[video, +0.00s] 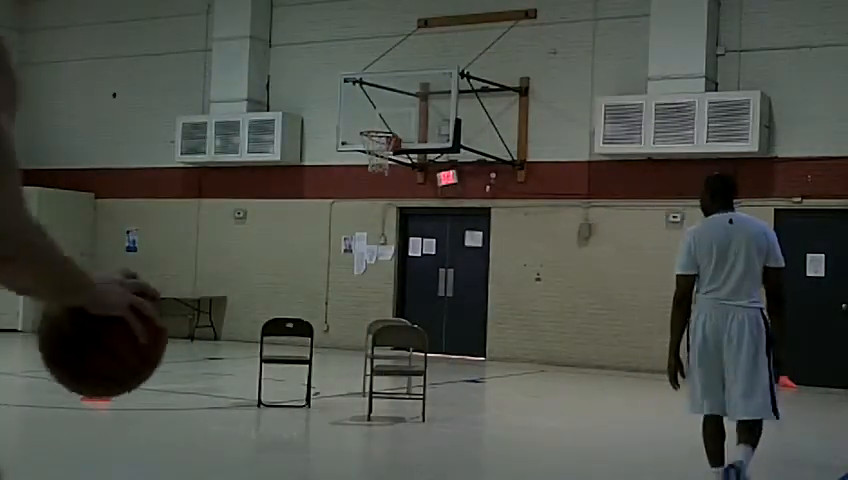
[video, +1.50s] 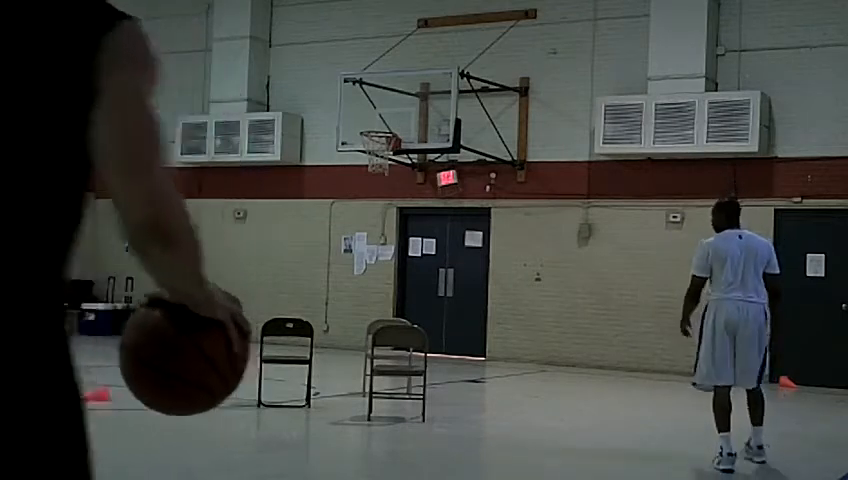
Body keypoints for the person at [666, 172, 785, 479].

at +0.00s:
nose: (700, 204)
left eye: (701, 199)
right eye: (701, 199)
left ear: (707, 200)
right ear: (734, 200)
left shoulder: (697, 234)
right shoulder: (762, 232)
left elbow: (682, 297)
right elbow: (775, 291)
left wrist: (673, 351)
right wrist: (778, 342)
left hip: (707, 320)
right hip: (748, 320)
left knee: (711, 405)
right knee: (751, 403)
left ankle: (718, 474)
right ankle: (741, 464)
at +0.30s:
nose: (710, 206)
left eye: (710, 202)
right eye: (712, 201)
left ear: (713, 203)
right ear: (740, 202)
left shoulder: (701, 235)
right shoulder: (766, 234)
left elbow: (680, 286)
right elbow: (779, 287)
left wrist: (677, 315)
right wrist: (780, 332)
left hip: (710, 318)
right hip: (751, 319)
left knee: (712, 402)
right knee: (752, 400)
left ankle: (718, 473)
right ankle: (751, 468)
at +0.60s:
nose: (722, 208)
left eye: (724, 204)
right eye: (724, 204)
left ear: (728, 207)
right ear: (752, 207)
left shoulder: (713, 236)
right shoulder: (775, 239)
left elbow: (694, 290)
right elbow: (782, 293)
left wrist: (684, 330)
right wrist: (785, 339)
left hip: (719, 317)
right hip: (760, 318)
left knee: (713, 387)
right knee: (754, 394)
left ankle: (716, 446)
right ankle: (741, 466)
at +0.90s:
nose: (717, 214)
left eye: (719, 209)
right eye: (719, 208)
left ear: (727, 210)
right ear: (747, 211)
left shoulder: (716, 241)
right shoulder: (774, 241)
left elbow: (705, 290)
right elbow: (782, 290)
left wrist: (697, 336)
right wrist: (780, 326)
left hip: (724, 315)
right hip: (761, 316)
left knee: (719, 389)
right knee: (753, 394)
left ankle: (719, 456)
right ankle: (742, 466)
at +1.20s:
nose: (707, 218)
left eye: (709, 213)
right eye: (708, 213)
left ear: (719, 214)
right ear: (734, 213)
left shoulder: (711, 245)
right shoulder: (764, 242)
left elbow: (702, 294)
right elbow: (774, 289)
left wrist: (694, 340)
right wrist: (770, 321)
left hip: (723, 313)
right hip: (757, 314)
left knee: (720, 386)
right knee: (754, 385)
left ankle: (726, 455)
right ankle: (756, 434)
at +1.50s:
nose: (712, 221)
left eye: (713, 217)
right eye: (713, 216)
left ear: (719, 219)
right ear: (738, 218)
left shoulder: (710, 245)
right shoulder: (763, 245)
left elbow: (695, 289)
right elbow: (774, 288)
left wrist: (685, 317)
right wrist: (771, 322)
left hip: (720, 312)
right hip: (754, 313)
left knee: (721, 385)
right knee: (754, 384)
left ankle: (726, 453)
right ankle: (757, 445)